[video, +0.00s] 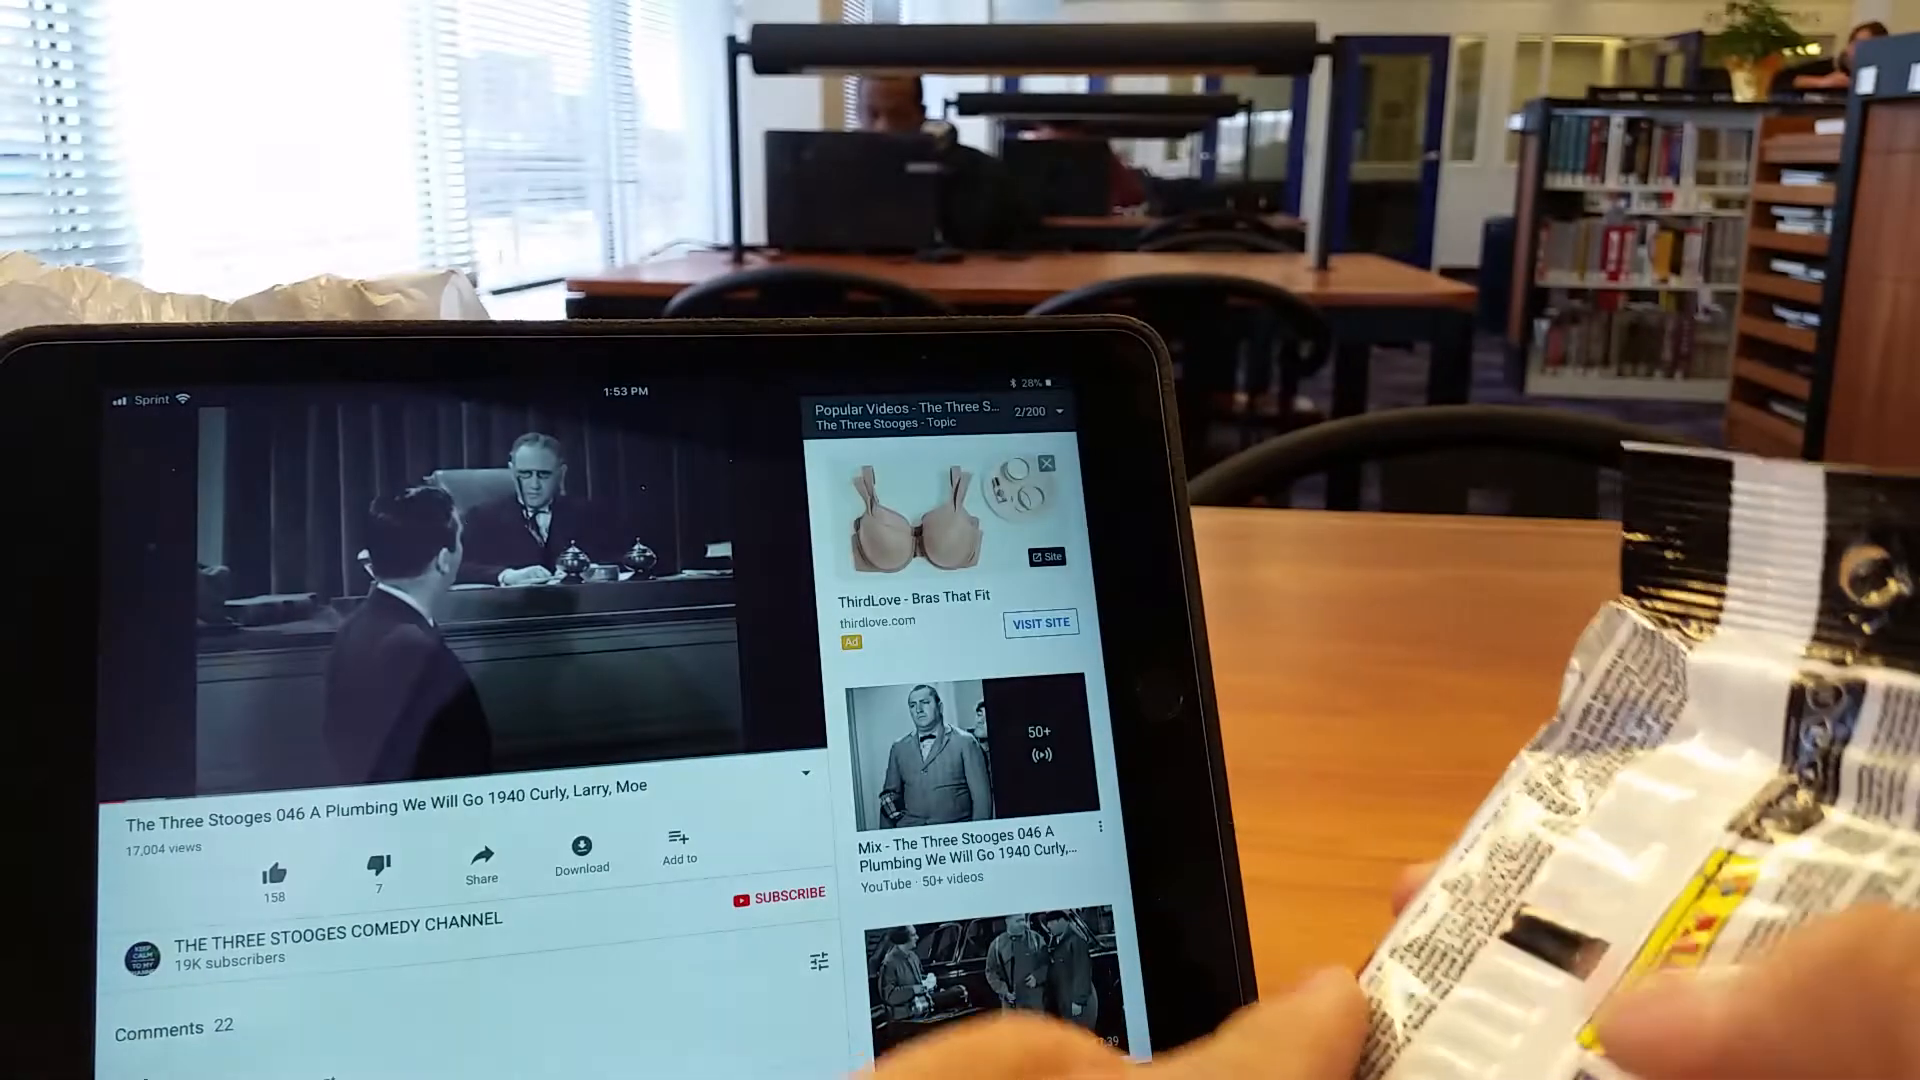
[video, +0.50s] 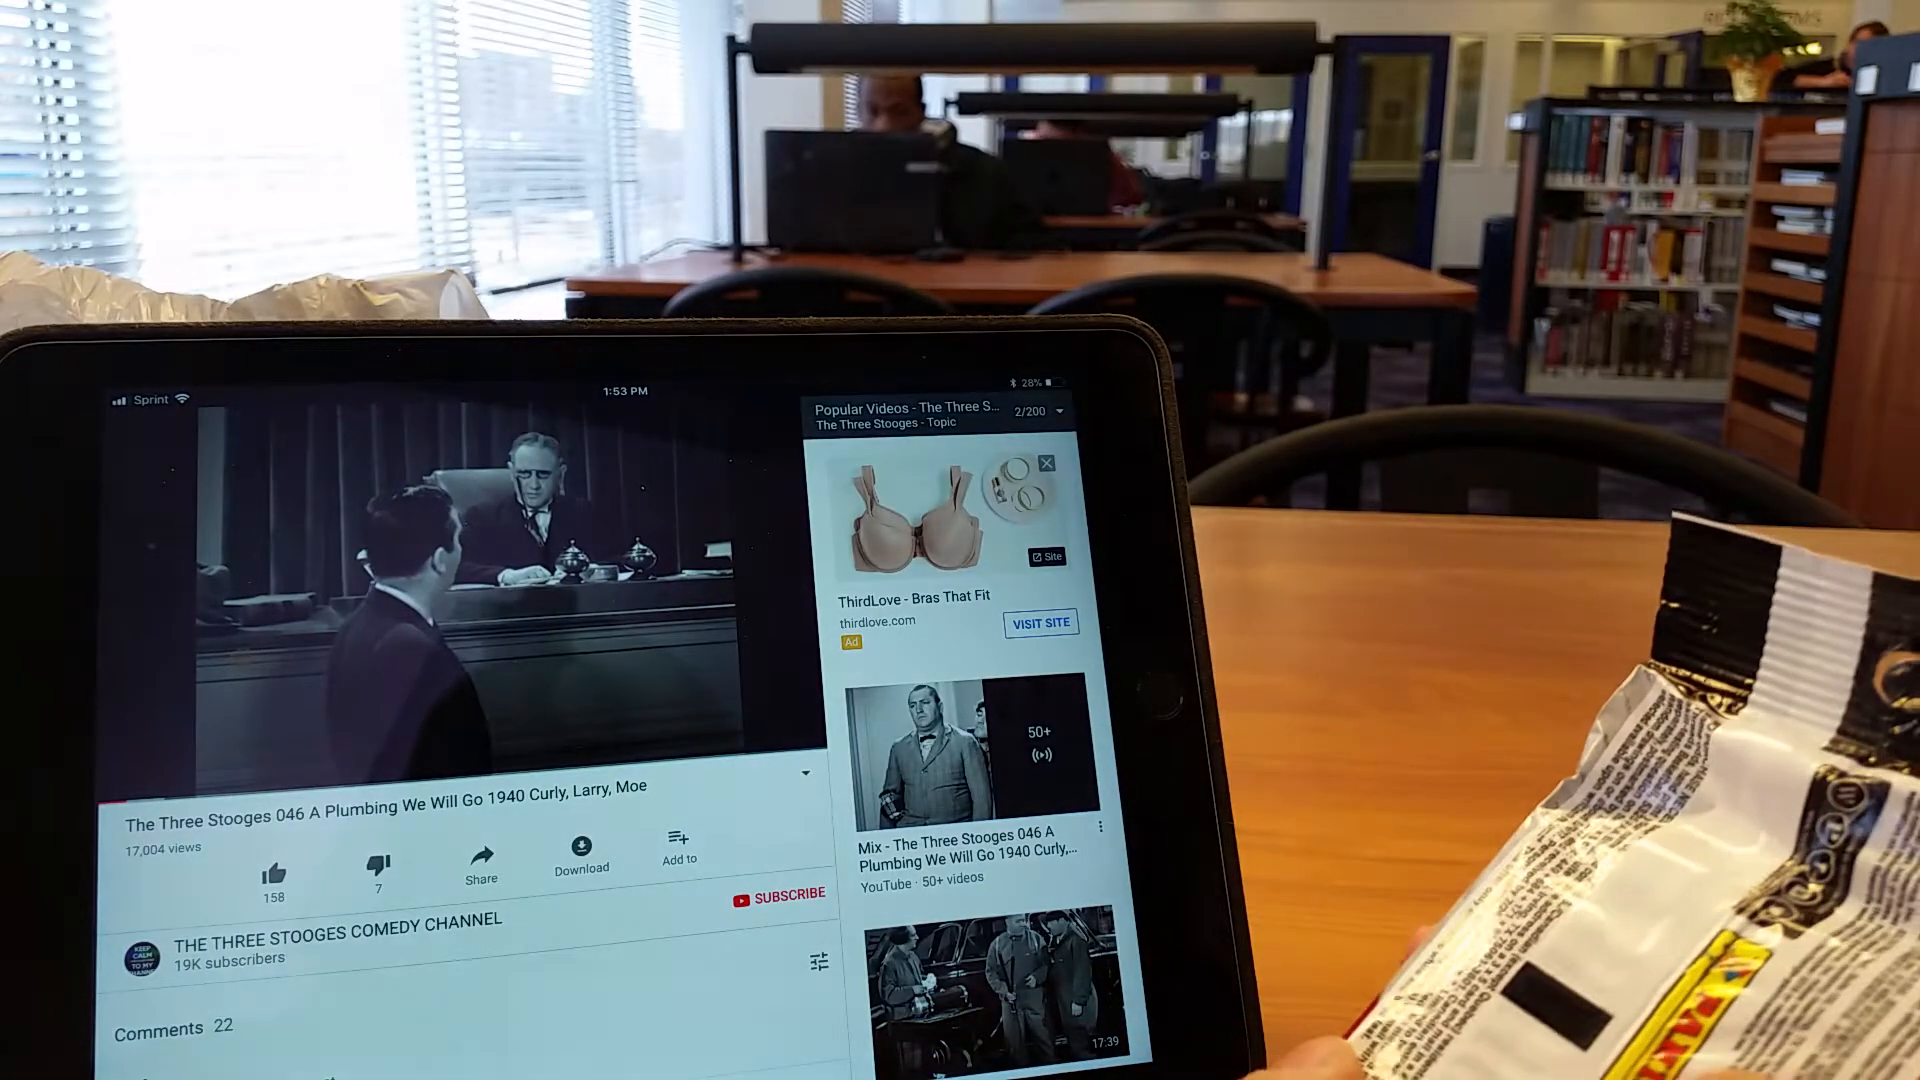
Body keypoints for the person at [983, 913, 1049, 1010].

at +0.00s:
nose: (1023, 924)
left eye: (1023, 920)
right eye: (1018, 921)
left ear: (1026, 921)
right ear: (1007, 922)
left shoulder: (1036, 940)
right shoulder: (997, 944)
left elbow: (1046, 964)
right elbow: (990, 971)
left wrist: (1037, 977)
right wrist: (1004, 992)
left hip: (1033, 999)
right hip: (1010, 1000)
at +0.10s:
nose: (1023, 924)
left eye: (1024, 920)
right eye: (1018, 921)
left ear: (1026, 921)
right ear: (1008, 923)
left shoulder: (1036, 940)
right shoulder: (997, 944)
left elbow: (1047, 964)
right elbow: (991, 972)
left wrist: (1037, 977)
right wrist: (1004, 992)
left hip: (1033, 997)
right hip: (1010, 999)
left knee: (1040, 1034)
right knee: (1013, 1037)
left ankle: (1048, 1063)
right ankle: (1017, 1067)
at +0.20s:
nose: (1023, 924)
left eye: (1024, 920)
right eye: (1018, 921)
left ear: (1027, 921)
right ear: (1008, 923)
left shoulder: (1036, 939)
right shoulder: (997, 944)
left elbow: (1046, 964)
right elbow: (990, 972)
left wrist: (1036, 977)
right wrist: (1004, 992)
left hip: (1033, 996)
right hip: (1010, 998)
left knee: (1039, 1034)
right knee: (1013, 1038)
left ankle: (1046, 1067)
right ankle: (1018, 1069)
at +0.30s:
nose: (1023, 924)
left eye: (1024, 920)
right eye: (1018, 921)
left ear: (1027, 921)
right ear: (1007, 923)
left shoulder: (1036, 939)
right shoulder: (997, 944)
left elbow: (1046, 964)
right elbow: (990, 972)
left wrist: (1036, 977)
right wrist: (1004, 991)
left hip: (1033, 997)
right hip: (1010, 999)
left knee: (1039, 1034)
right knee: (1013, 1039)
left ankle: (1046, 1067)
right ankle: (1019, 1070)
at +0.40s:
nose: (1023, 924)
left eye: (1024, 920)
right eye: (1018, 921)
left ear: (1027, 921)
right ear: (1007, 923)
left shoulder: (1036, 939)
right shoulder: (997, 944)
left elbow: (1046, 964)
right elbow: (990, 972)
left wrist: (1036, 977)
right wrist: (1004, 992)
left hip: (1033, 997)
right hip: (1010, 999)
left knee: (1039, 1035)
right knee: (1013, 1039)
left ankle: (1046, 1068)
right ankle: (1019, 1071)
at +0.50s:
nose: (1022, 924)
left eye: (1024, 920)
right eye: (1018, 921)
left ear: (1027, 921)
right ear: (1007, 923)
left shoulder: (1036, 939)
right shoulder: (997, 944)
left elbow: (1046, 964)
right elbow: (990, 972)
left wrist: (1036, 977)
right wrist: (1004, 992)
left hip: (1033, 997)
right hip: (1010, 999)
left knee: (1040, 1035)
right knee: (1013, 1040)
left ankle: (1047, 1068)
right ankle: (1019, 1070)